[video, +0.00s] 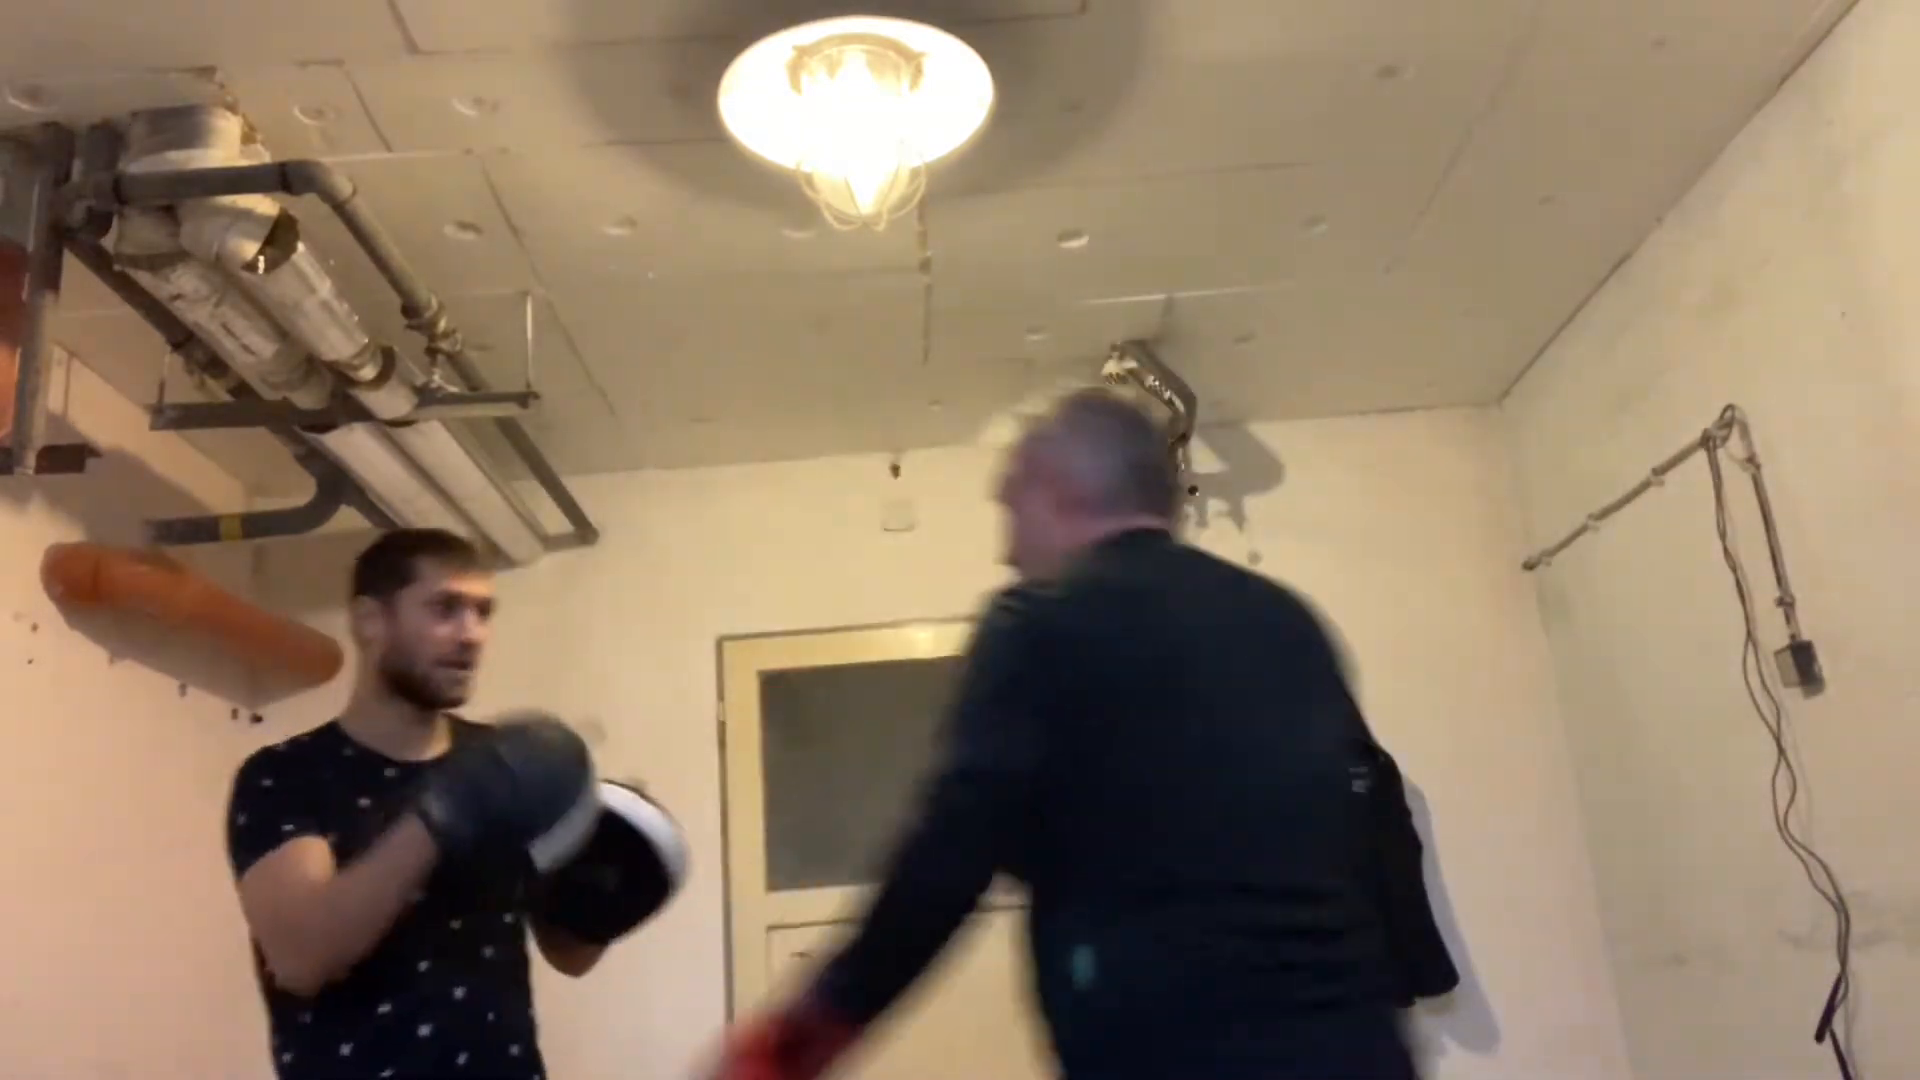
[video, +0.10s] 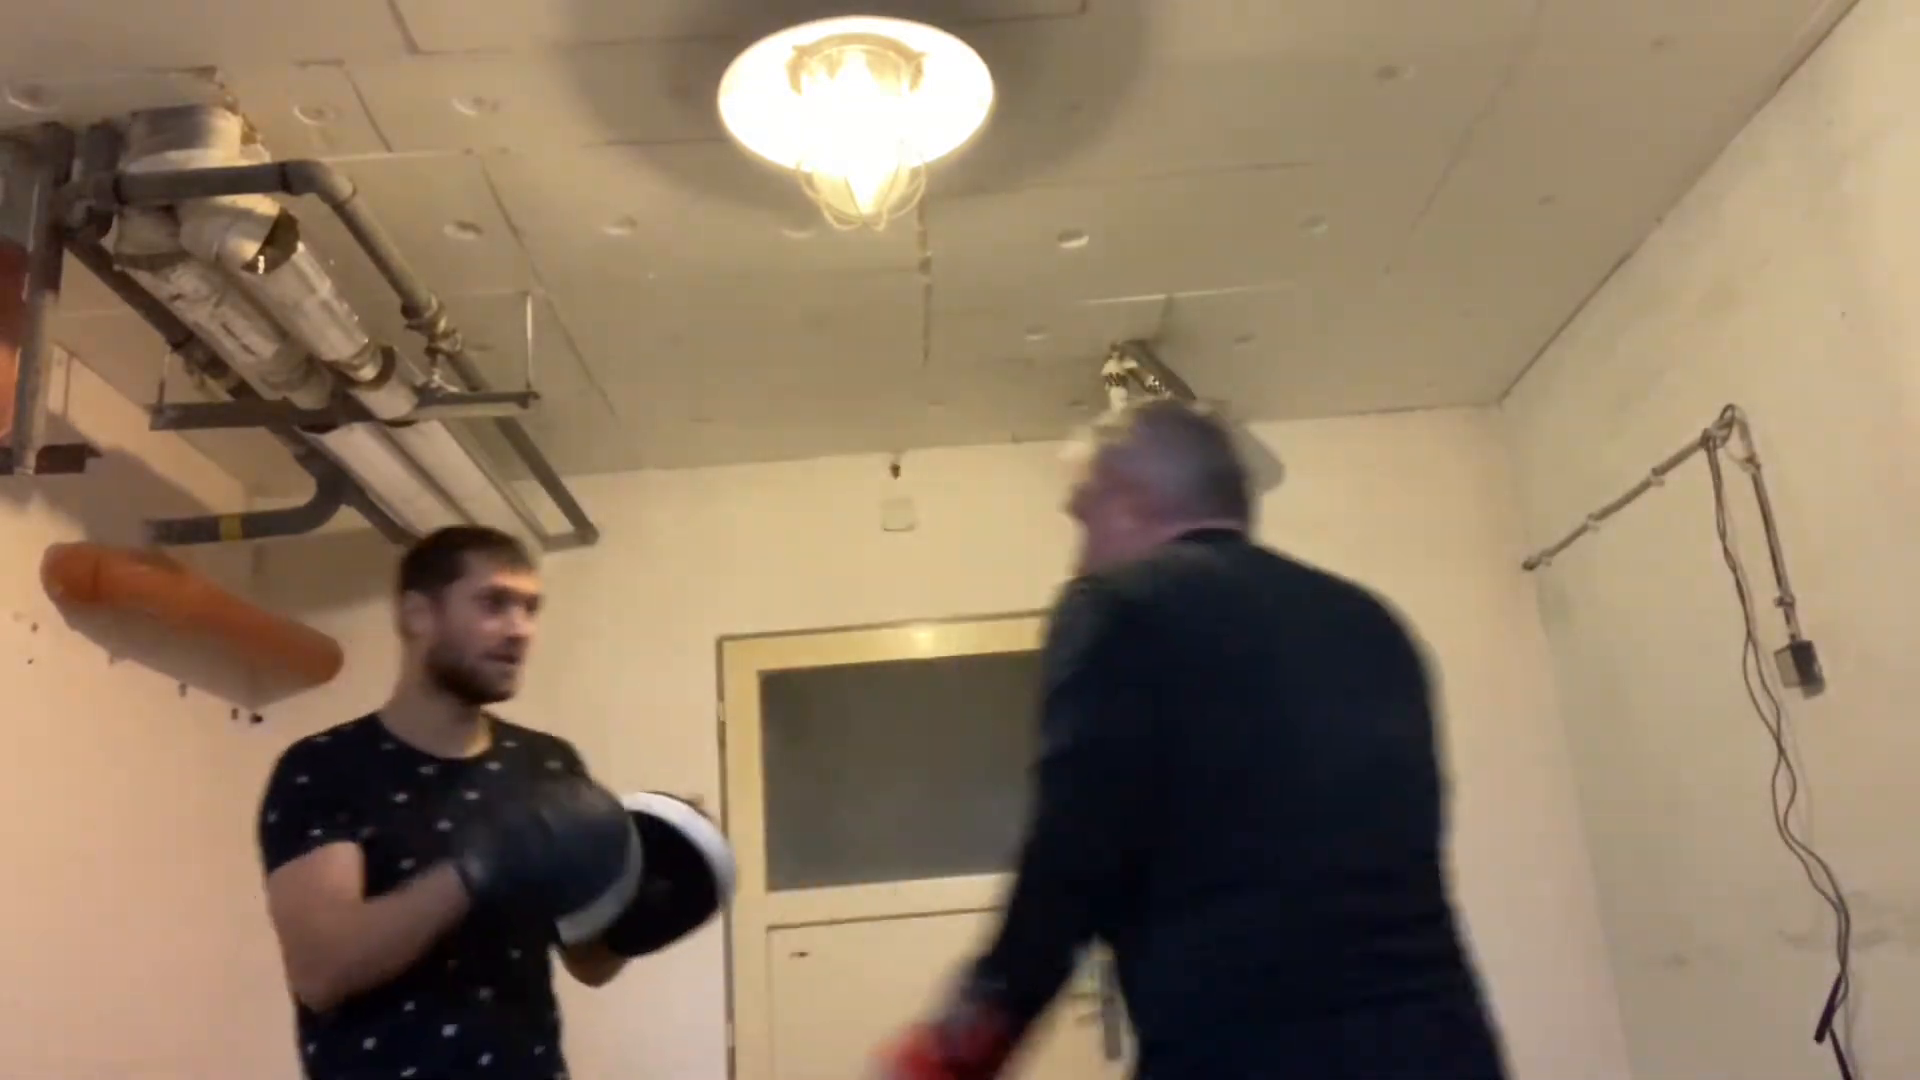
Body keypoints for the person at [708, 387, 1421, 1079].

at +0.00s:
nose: (1006, 541)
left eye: (1011, 506)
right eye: (1005, 510)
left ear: (1055, 495)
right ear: (1158, 500)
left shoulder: (1041, 626)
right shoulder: (1284, 616)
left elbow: (961, 841)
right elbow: (1369, 820)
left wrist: (826, 1012)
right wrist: (1400, 985)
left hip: (1147, 1044)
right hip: (1341, 1040)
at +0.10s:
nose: (1080, 550)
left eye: (1085, 518)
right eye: (1078, 520)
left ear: (1134, 502)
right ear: (1229, 505)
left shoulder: (1120, 609)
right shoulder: (1370, 618)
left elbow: (1081, 845)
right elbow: (1395, 847)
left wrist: (980, 1021)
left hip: (1226, 1042)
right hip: (1431, 1040)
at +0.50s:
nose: (1118, 546)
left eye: (1113, 508)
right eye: (1107, 516)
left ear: (1170, 473)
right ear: (1262, 458)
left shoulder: (1178, 577)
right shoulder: (1437, 560)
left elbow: (1112, 805)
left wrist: (999, 759)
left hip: (1331, 1030)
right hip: (1544, 1014)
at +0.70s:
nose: (1006, 585)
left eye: (999, 547)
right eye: (991, 556)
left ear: (1062, 510)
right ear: (1150, 483)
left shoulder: (1087, 632)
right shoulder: (1341, 548)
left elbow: (1060, 920)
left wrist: (978, 789)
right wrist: (1065, 715)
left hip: (1313, 1042)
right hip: (1533, 1018)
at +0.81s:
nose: (974, 592)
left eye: (968, 553)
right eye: (960, 560)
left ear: (1035, 516)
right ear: (1125, 487)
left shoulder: (1068, 643)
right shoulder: (1314, 548)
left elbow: (1051, 937)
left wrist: (958, 828)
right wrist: (1045, 774)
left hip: (1313, 1046)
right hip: (1535, 1020)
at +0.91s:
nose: (981, 563)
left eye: (981, 522)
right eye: (973, 530)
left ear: (1050, 493)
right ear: (1141, 478)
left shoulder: (1081, 622)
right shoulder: (1321, 547)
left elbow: (1073, 920)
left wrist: (951, 830)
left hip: (1315, 1041)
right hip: (1531, 1017)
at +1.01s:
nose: (1026, 539)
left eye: (1030, 495)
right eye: (1019, 504)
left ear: (1106, 473)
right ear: (1123, 474)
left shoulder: (1127, 598)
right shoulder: (1363, 559)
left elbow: (1104, 882)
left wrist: (964, 836)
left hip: (1323, 1041)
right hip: (1534, 1022)